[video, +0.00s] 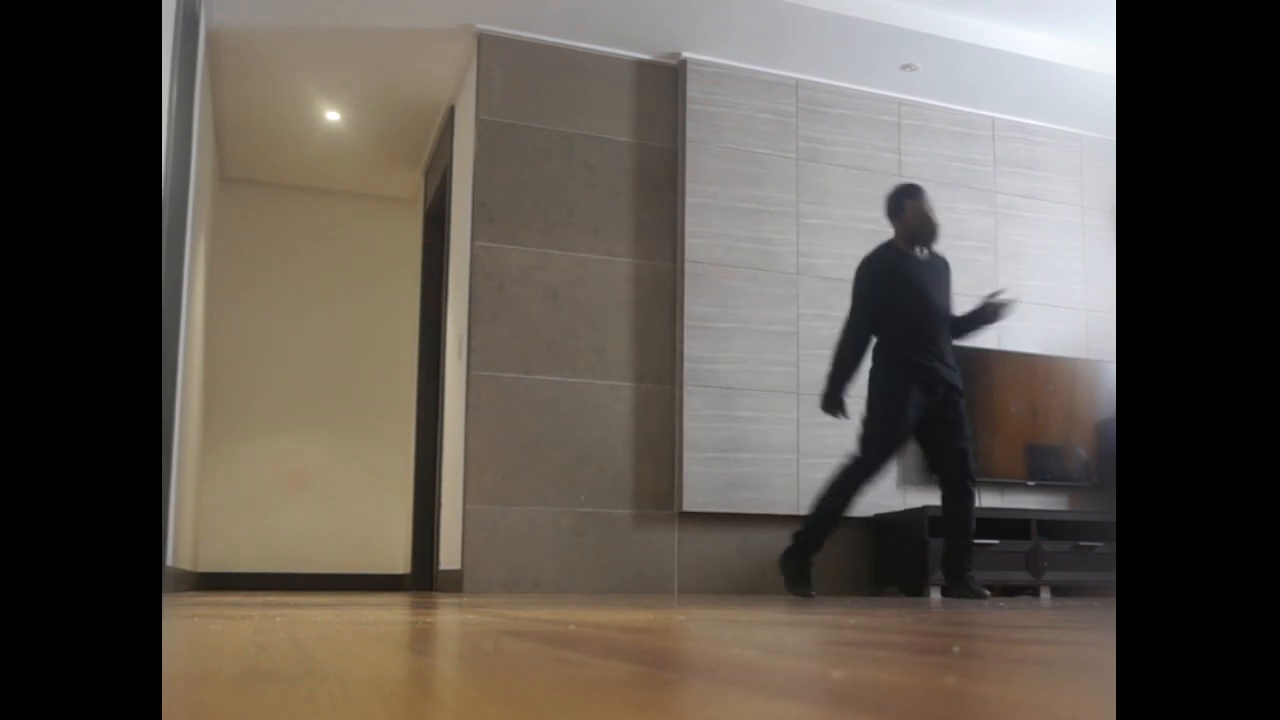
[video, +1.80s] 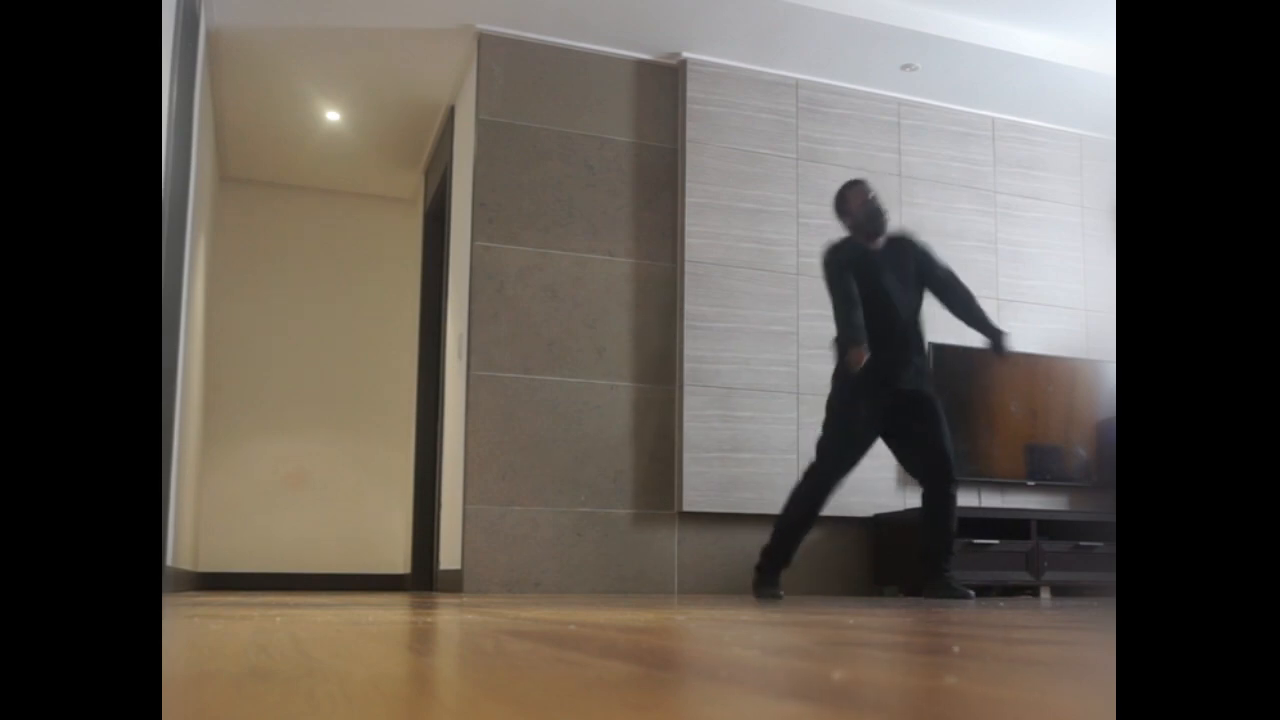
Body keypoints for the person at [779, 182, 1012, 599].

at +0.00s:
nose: (931, 218)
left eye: (930, 210)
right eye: (921, 212)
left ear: (923, 216)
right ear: (899, 219)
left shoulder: (938, 267)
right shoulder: (879, 265)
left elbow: (942, 330)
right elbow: (858, 328)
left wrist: (981, 316)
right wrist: (836, 385)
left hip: (942, 386)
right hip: (895, 383)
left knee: (959, 480)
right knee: (868, 464)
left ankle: (957, 578)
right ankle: (799, 554)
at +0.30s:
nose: (892, 222)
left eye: (893, 215)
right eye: (882, 218)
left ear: (898, 216)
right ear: (861, 226)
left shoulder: (916, 260)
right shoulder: (847, 268)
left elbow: (933, 312)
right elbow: (827, 317)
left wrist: (933, 333)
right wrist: (809, 325)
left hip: (915, 385)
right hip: (869, 388)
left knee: (963, 464)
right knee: (847, 475)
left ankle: (1014, 555)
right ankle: (806, 571)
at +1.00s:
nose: (897, 231)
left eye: (902, 223)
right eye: (889, 223)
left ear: (907, 221)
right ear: (870, 218)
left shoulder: (915, 261)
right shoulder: (840, 261)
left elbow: (916, 323)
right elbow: (823, 325)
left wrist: (940, 338)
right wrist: (834, 305)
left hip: (919, 386)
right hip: (868, 389)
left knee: (963, 466)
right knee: (846, 477)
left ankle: (988, 564)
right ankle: (814, 574)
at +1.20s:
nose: (909, 229)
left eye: (914, 221)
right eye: (900, 222)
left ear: (920, 220)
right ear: (881, 224)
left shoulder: (938, 261)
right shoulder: (865, 269)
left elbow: (955, 318)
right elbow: (851, 327)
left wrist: (988, 348)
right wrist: (831, 370)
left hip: (923, 387)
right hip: (869, 385)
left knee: (950, 471)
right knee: (827, 453)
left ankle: (940, 575)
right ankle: (836, 558)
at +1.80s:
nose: (874, 205)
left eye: (874, 198)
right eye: (863, 203)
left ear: (879, 205)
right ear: (846, 217)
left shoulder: (907, 250)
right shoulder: (841, 256)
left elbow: (950, 289)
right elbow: (846, 303)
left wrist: (991, 331)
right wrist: (853, 344)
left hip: (910, 388)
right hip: (861, 386)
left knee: (940, 478)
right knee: (823, 476)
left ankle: (936, 576)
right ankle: (769, 570)